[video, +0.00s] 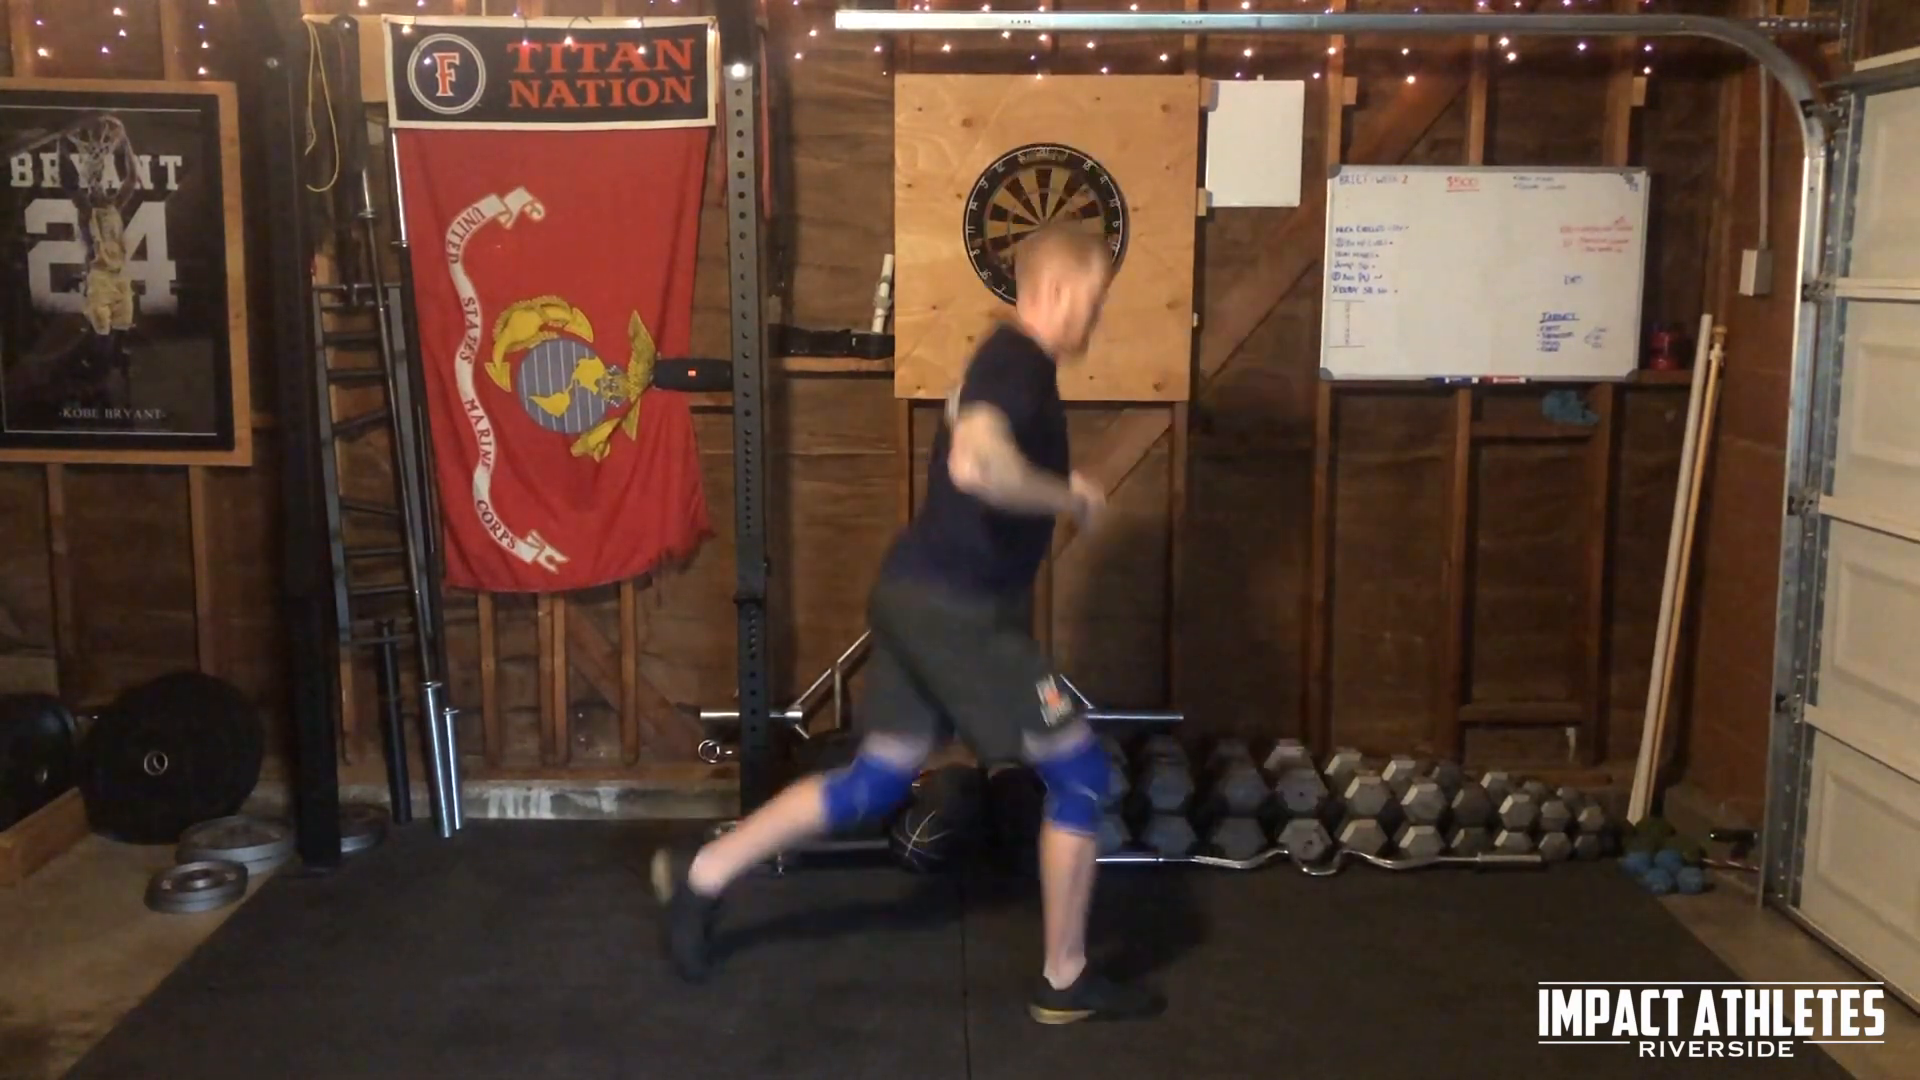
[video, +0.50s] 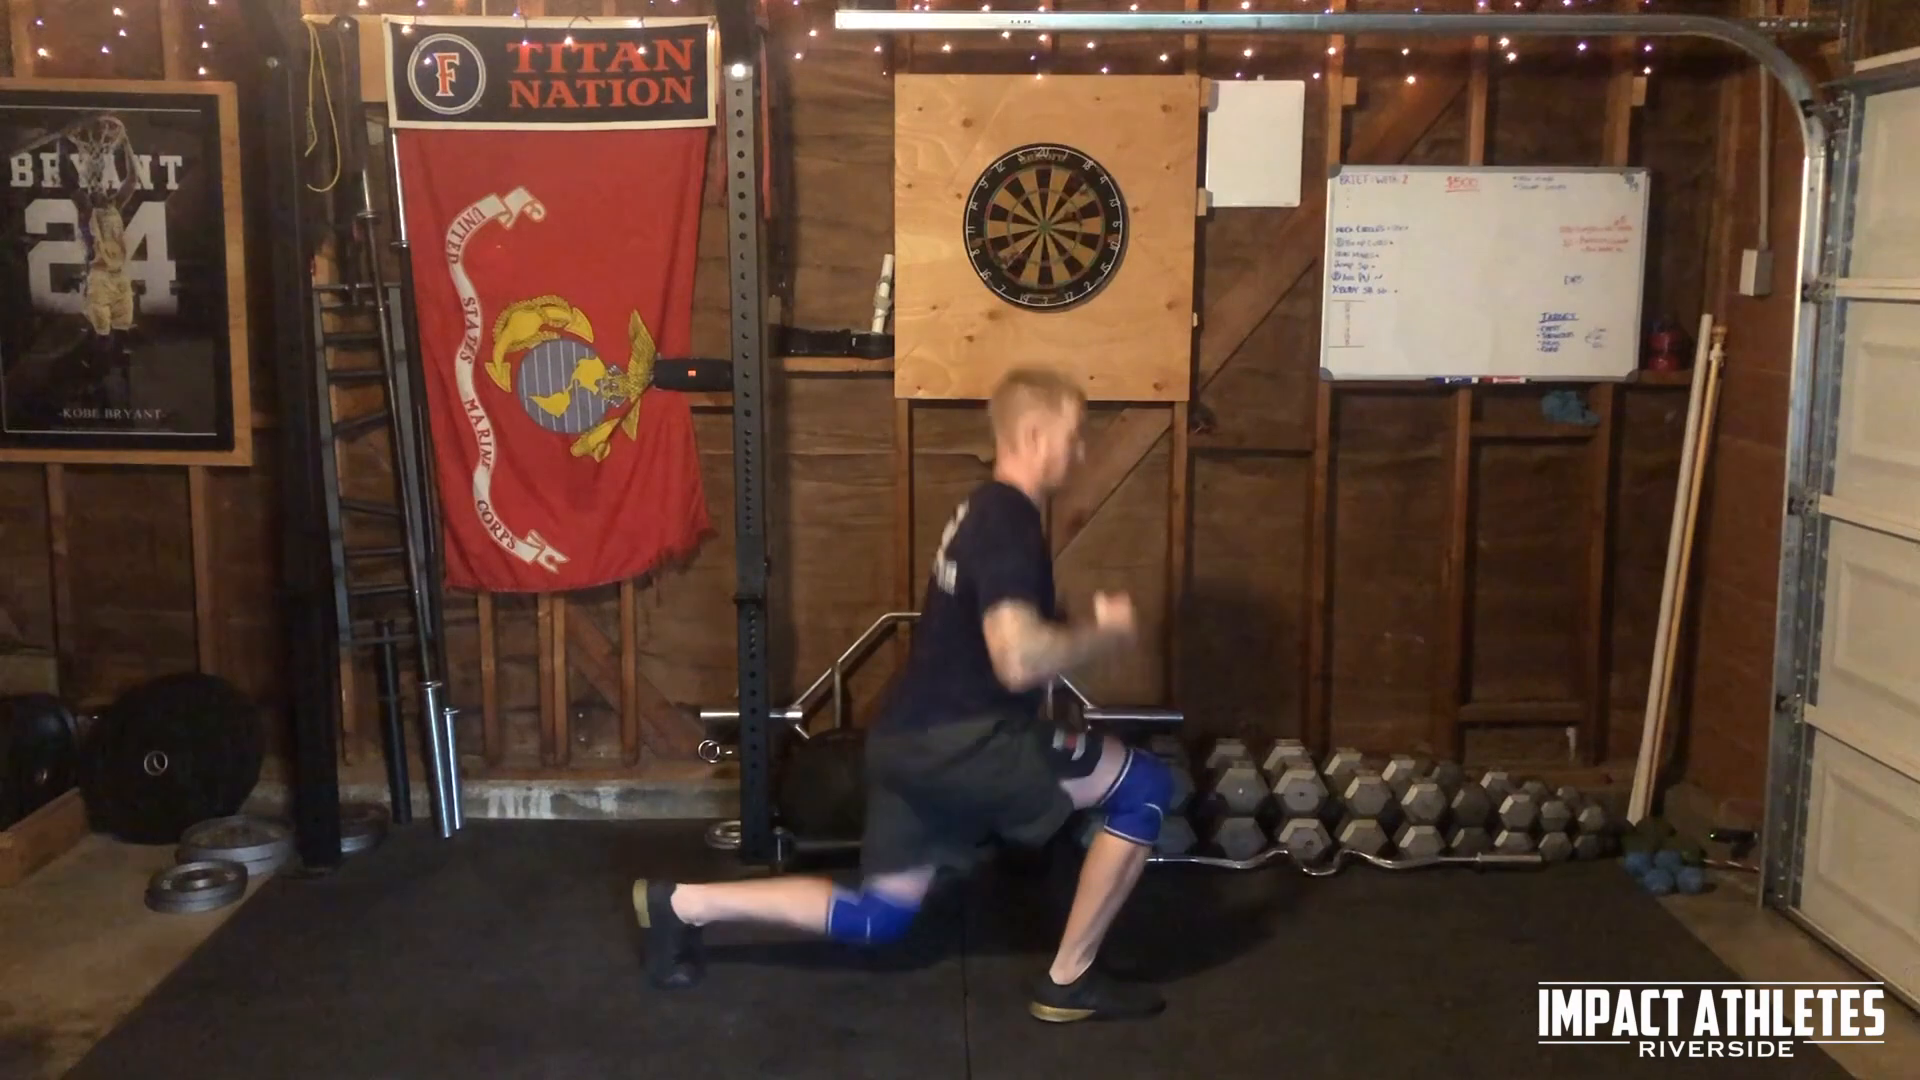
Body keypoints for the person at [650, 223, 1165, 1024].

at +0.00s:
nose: (1098, 314)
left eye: (1100, 298)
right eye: (1093, 297)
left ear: (1041, 289)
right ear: (1053, 290)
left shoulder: (1010, 356)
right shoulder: (1014, 361)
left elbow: (961, 420)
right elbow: (978, 461)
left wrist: (1048, 484)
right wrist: (1070, 496)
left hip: (922, 599)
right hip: (951, 607)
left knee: (873, 782)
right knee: (1079, 769)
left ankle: (699, 873)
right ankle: (1066, 977)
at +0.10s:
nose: (1096, 406)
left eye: (1098, 391)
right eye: (1093, 390)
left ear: (1031, 382)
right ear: (1058, 387)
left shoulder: (986, 456)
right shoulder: (1016, 458)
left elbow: (971, 568)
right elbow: (993, 568)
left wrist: (1066, 581)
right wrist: (1091, 597)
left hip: (904, 689)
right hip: (950, 693)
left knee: (869, 866)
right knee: (1122, 783)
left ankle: (669, 904)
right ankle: (1069, 976)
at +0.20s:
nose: (1094, 466)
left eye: (1095, 452)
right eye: (1089, 451)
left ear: (1034, 445)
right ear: (1050, 447)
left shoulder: (989, 513)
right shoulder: (1016, 520)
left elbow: (973, 648)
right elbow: (1000, 650)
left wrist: (1046, 698)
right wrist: (1098, 673)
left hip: (900, 741)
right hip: (946, 743)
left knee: (873, 921)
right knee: (1130, 787)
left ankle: (673, 904)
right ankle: (1069, 982)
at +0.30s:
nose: (1091, 497)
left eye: (1091, 482)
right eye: (1087, 481)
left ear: (1034, 478)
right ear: (1049, 478)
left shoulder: (985, 542)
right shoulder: (1014, 552)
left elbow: (983, 685)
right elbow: (999, 696)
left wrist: (1073, 717)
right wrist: (1095, 720)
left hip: (898, 773)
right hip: (942, 772)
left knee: (883, 944)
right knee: (1139, 790)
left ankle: (688, 900)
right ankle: (1069, 979)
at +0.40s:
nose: (1087, 493)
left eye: (1086, 478)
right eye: (1081, 478)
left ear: (1027, 479)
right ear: (1041, 478)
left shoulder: (985, 542)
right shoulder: (1010, 554)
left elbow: (997, 686)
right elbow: (1009, 704)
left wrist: (1073, 727)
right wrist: (1099, 704)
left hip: (905, 772)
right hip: (946, 772)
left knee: (885, 946)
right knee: (1144, 790)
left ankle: (687, 902)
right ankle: (1069, 979)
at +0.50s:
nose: (1079, 449)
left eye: (1079, 434)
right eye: (1074, 433)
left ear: (1019, 435)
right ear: (1034, 435)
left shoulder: (986, 508)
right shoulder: (1008, 519)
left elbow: (986, 639)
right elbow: (1019, 657)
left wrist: (1046, 697)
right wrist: (1103, 630)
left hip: (915, 739)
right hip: (961, 740)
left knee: (879, 914)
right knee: (1143, 786)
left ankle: (680, 905)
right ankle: (1070, 981)